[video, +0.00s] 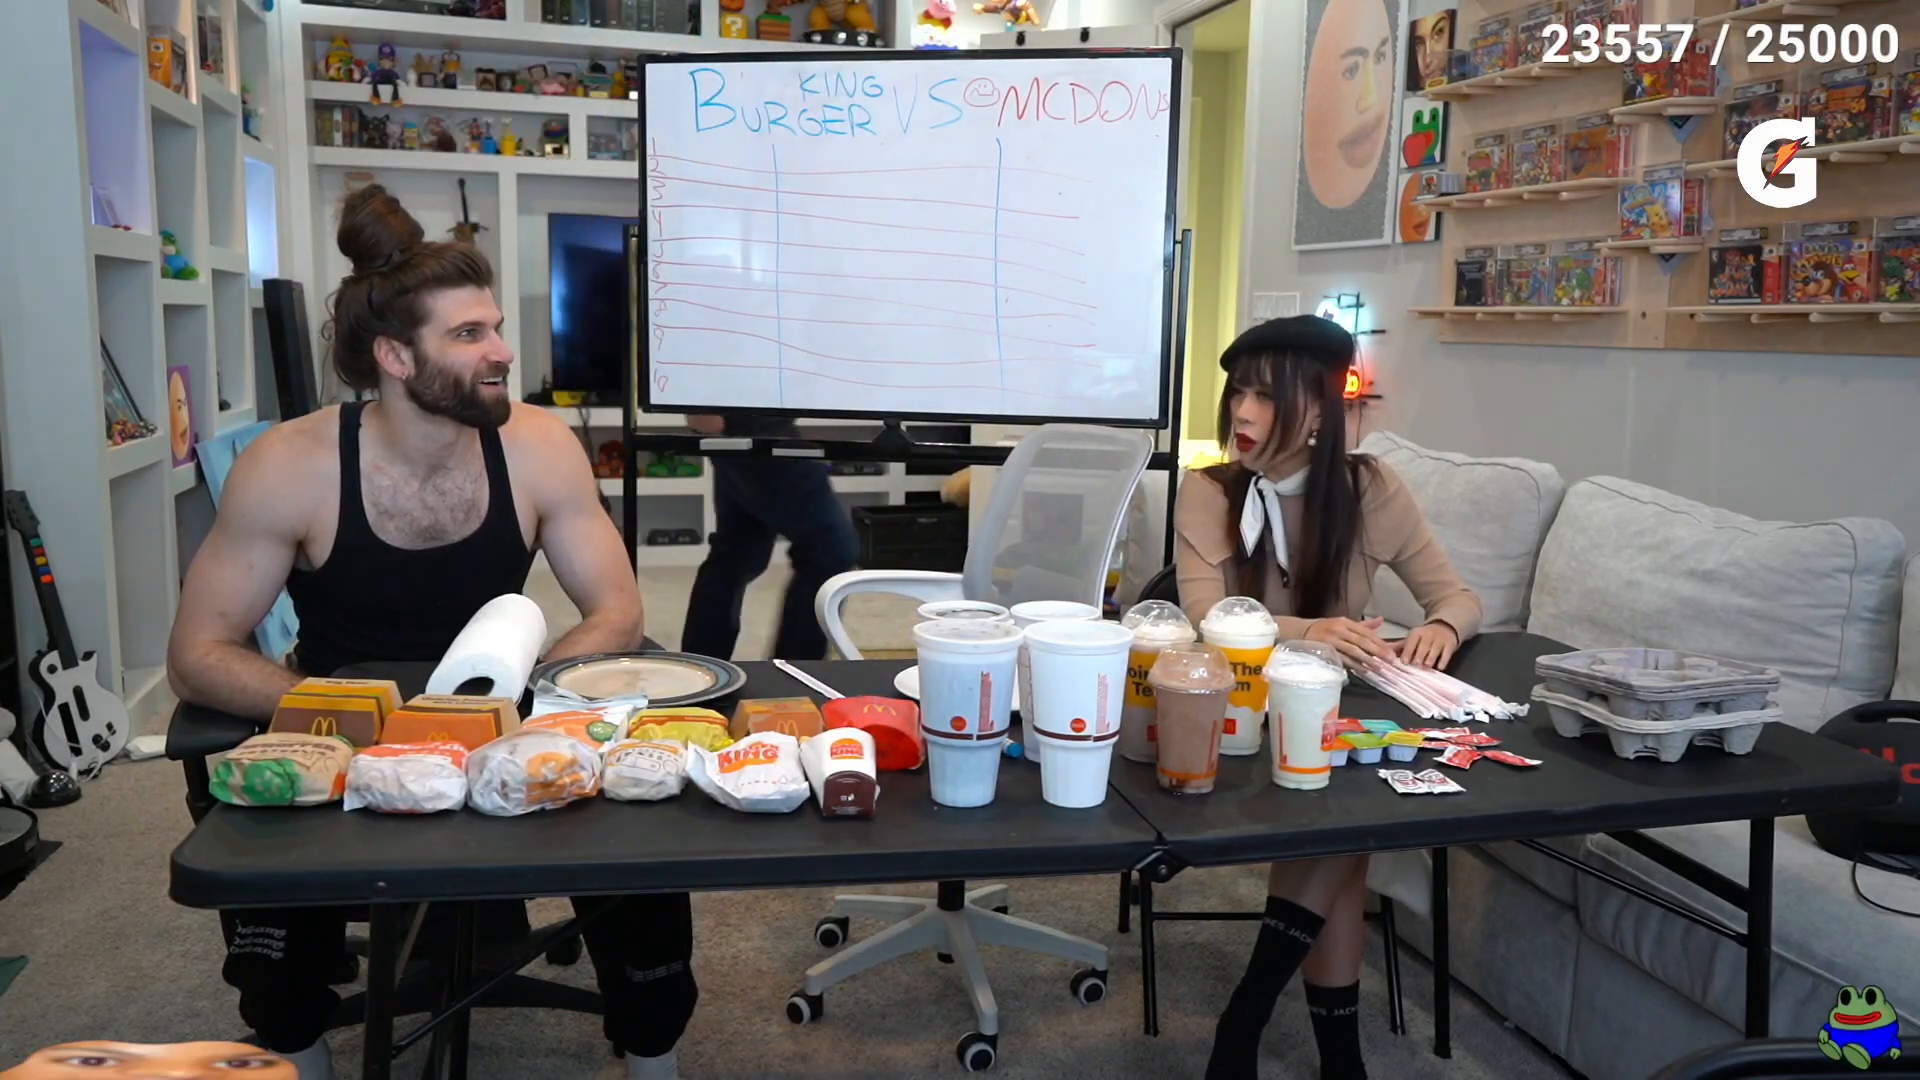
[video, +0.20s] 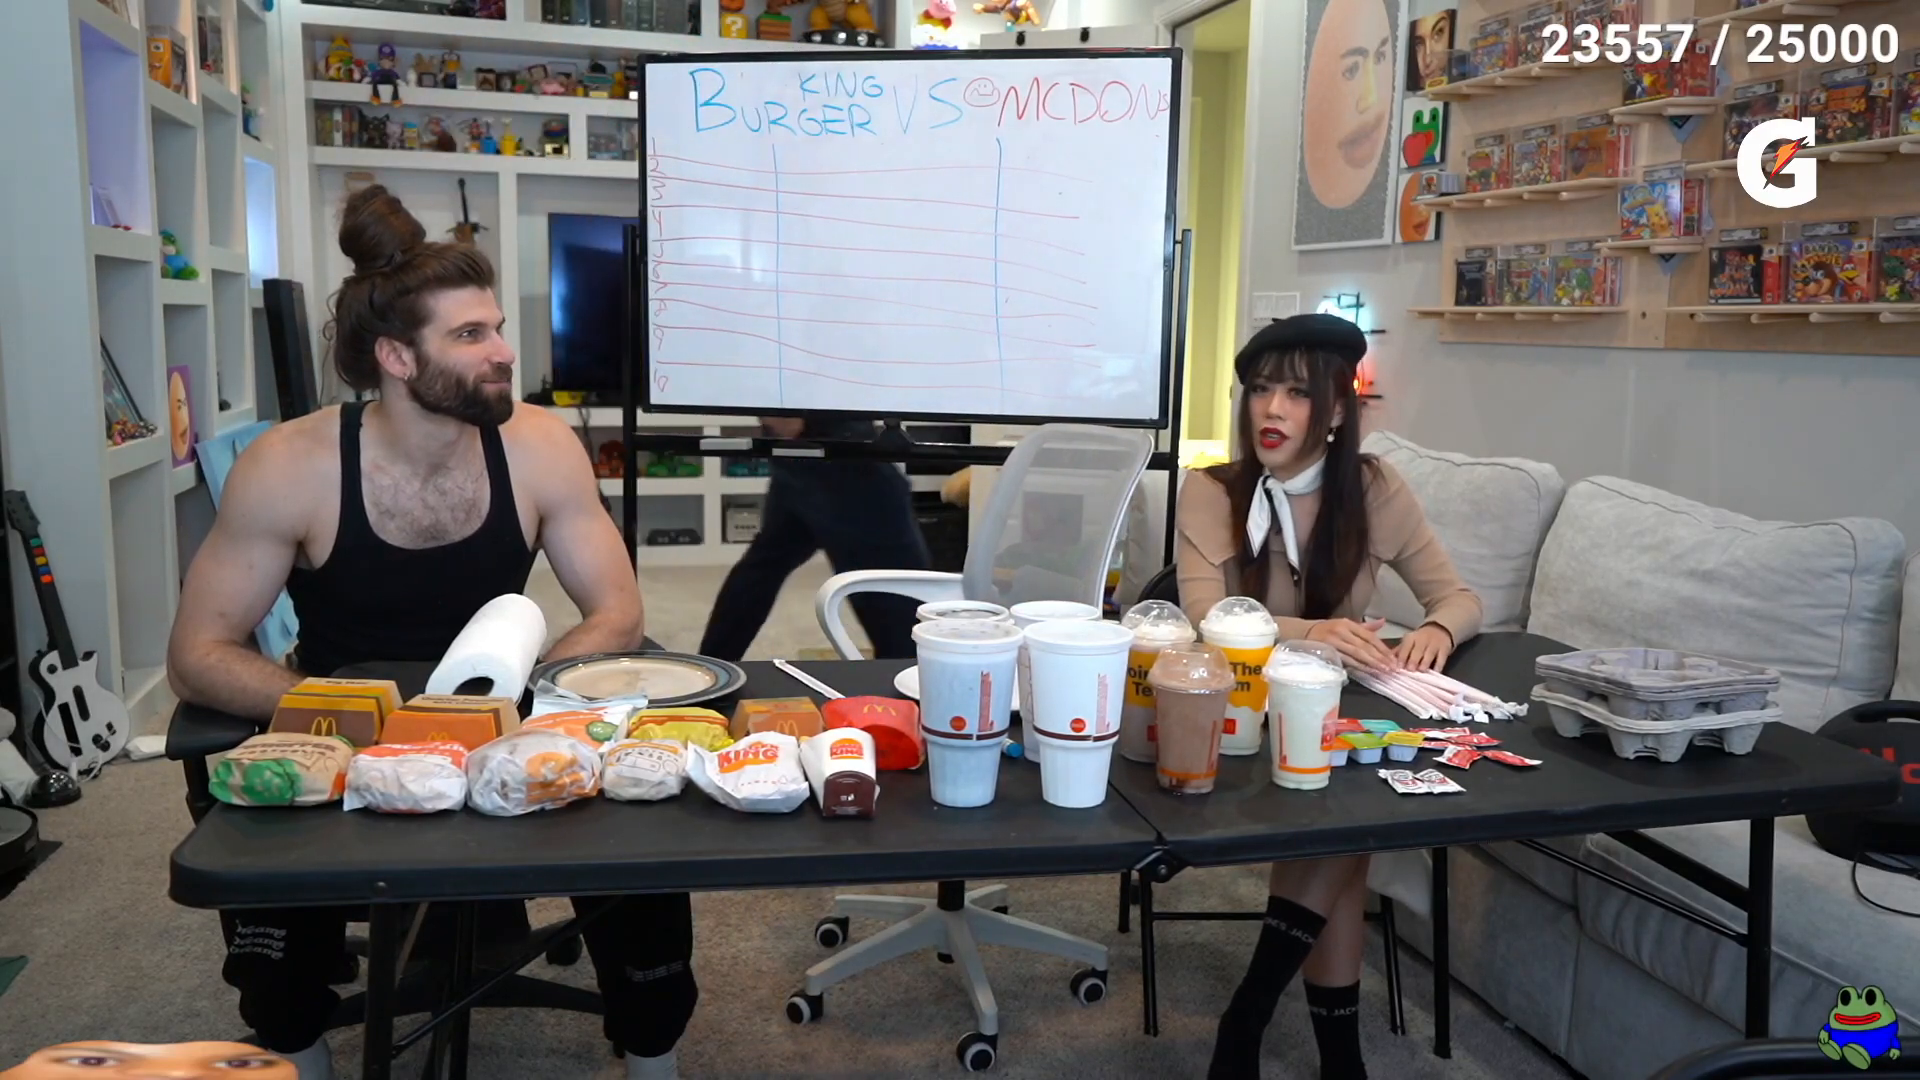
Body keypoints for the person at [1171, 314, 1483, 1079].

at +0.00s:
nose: (1243, 411)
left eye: (1267, 395)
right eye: (1239, 389)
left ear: (1317, 409)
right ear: (1229, 393)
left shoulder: (1369, 486)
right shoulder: (1210, 490)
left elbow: (1458, 597)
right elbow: (1210, 622)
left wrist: (1444, 624)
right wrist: (1309, 630)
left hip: (1336, 707)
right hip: (1236, 711)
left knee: (1338, 818)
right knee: (1346, 834)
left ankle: (1241, 1026)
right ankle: (1342, 1064)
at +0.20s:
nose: (1269, 409)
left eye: (1294, 393)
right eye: (1259, 389)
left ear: (1336, 410)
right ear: (1243, 398)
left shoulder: (1371, 486)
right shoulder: (1211, 491)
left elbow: (1459, 598)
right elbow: (1208, 622)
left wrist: (1439, 627)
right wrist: (1307, 630)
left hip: (1334, 707)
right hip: (1234, 714)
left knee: (1336, 821)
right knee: (1347, 834)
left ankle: (1243, 1025)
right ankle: (1343, 1064)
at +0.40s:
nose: (1293, 409)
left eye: (1316, 393)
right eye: (1280, 390)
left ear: (1354, 412)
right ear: (1260, 401)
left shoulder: (1380, 486)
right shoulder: (1221, 491)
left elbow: (1462, 598)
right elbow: (1209, 625)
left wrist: (1434, 626)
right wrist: (1308, 632)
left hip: (1339, 705)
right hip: (1242, 710)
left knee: (1340, 817)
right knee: (1350, 831)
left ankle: (1246, 1024)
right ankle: (1343, 1063)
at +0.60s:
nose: (1303, 414)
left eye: (1326, 397)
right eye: (1289, 393)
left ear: (1361, 412)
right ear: (1268, 402)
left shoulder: (1386, 486)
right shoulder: (1229, 489)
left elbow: (1463, 599)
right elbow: (1213, 621)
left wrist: (1435, 622)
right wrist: (1314, 633)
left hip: (1345, 709)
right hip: (1247, 711)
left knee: (1345, 818)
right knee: (1351, 831)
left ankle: (1250, 1023)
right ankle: (1343, 1064)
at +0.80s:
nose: (1302, 415)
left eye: (1325, 397)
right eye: (1288, 394)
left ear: (1360, 412)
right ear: (1268, 402)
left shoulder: (1385, 486)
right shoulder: (1229, 489)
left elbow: (1463, 598)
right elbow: (1214, 619)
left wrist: (1434, 623)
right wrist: (1320, 636)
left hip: (1340, 708)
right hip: (1242, 711)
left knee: (1349, 818)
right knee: (1351, 834)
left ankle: (1251, 1023)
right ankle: (1343, 1064)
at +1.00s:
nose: (1299, 415)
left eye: (1322, 397)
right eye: (1286, 394)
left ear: (1358, 412)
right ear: (1265, 403)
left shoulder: (1382, 485)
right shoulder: (1226, 490)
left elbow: (1463, 598)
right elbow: (1213, 620)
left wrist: (1433, 624)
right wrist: (1317, 635)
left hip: (1340, 707)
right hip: (1243, 712)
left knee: (1345, 818)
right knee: (1351, 832)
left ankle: (1248, 1024)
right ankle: (1342, 1063)